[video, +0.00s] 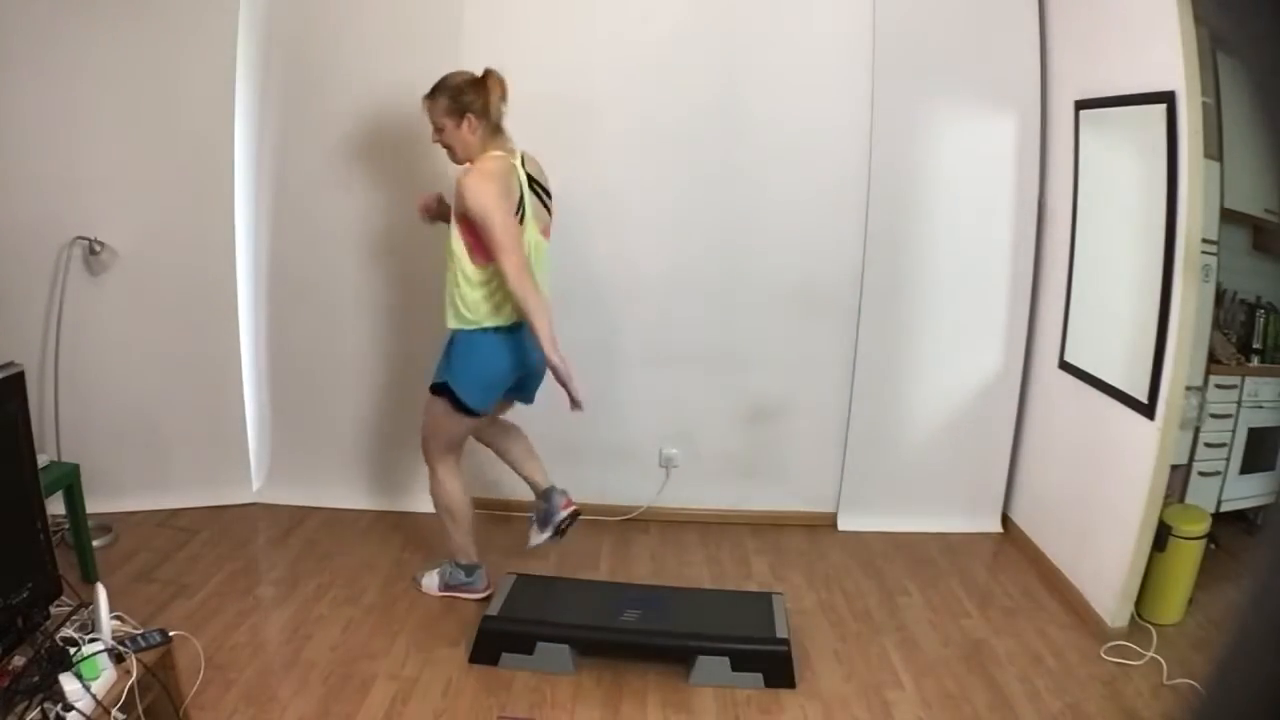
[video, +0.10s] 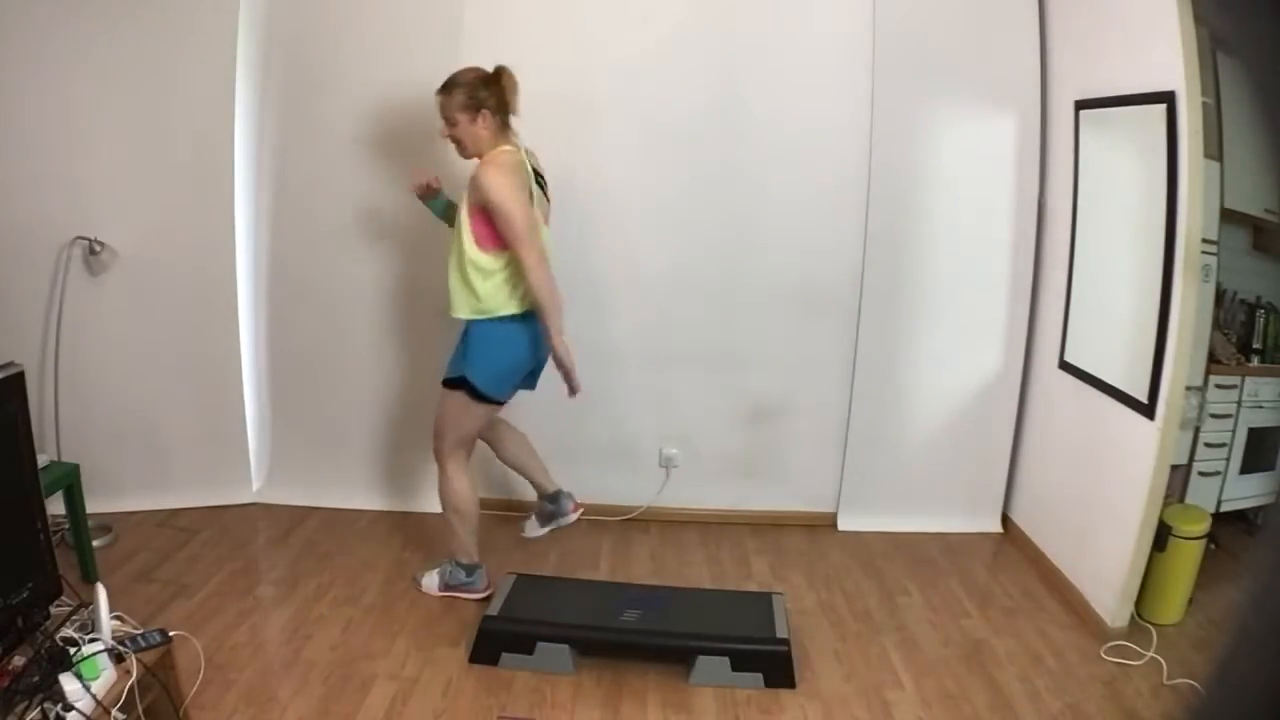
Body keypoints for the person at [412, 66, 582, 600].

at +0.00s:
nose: (436, 141)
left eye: (439, 129)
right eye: (433, 130)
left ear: (469, 124)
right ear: (477, 123)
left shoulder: (477, 181)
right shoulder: (520, 165)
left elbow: (516, 269)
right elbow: (511, 225)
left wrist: (551, 353)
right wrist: (451, 213)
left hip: (480, 346)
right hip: (518, 339)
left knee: (439, 447)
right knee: (483, 420)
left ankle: (466, 567)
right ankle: (550, 498)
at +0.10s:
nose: (446, 134)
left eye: (451, 123)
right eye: (445, 124)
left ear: (483, 118)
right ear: (485, 118)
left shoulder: (493, 174)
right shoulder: (518, 163)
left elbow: (533, 259)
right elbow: (484, 234)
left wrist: (556, 338)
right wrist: (438, 203)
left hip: (492, 334)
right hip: (518, 328)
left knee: (450, 447)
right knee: (482, 422)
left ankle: (466, 567)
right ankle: (554, 499)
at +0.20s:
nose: (466, 136)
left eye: (475, 127)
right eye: (463, 126)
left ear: (507, 124)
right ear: (475, 125)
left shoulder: (521, 177)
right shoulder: (491, 172)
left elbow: (567, 257)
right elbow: (450, 223)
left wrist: (584, 335)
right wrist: (424, 202)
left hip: (518, 326)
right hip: (508, 322)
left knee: (462, 441)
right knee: (494, 429)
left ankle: (467, 568)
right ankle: (548, 506)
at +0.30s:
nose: (498, 144)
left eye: (509, 134)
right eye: (492, 133)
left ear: (533, 132)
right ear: (484, 131)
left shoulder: (551, 178)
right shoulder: (481, 175)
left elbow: (605, 248)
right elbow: (432, 219)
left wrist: (632, 318)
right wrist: (406, 216)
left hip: (543, 325)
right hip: (508, 325)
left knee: (488, 440)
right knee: (514, 437)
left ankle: (469, 566)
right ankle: (551, 512)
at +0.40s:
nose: (541, 140)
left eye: (549, 131)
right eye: (532, 130)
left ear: (560, 129)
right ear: (511, 126)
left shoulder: (577, 173)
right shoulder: (488, 169)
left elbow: (638, 222)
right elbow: (428, 199)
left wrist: (680, 277)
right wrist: (369, 221)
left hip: (562, 324)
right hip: (512, 322)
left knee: (512, 433)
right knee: (526, 430)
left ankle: (502, 554)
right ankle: (549, 511)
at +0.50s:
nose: (573, 138)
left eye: (580, 128)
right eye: (565, 127)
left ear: (587, 125)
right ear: (538, 120)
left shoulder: (597, 168)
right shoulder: (503, 162)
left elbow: (654, 202)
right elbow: (438, 197)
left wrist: (702, 246)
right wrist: (364, 220)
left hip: (578, 316)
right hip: (522, 313)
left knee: (542, 428)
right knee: (525, 428)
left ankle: (564, 534)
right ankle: (539, 509)